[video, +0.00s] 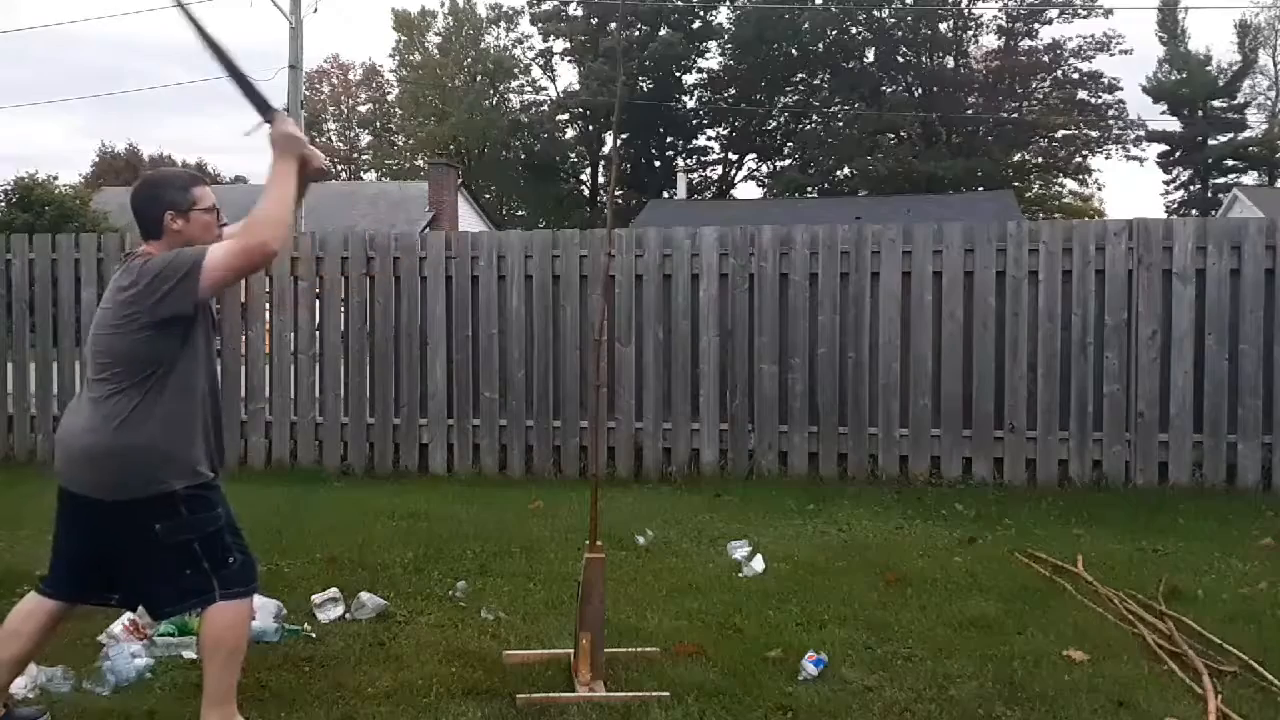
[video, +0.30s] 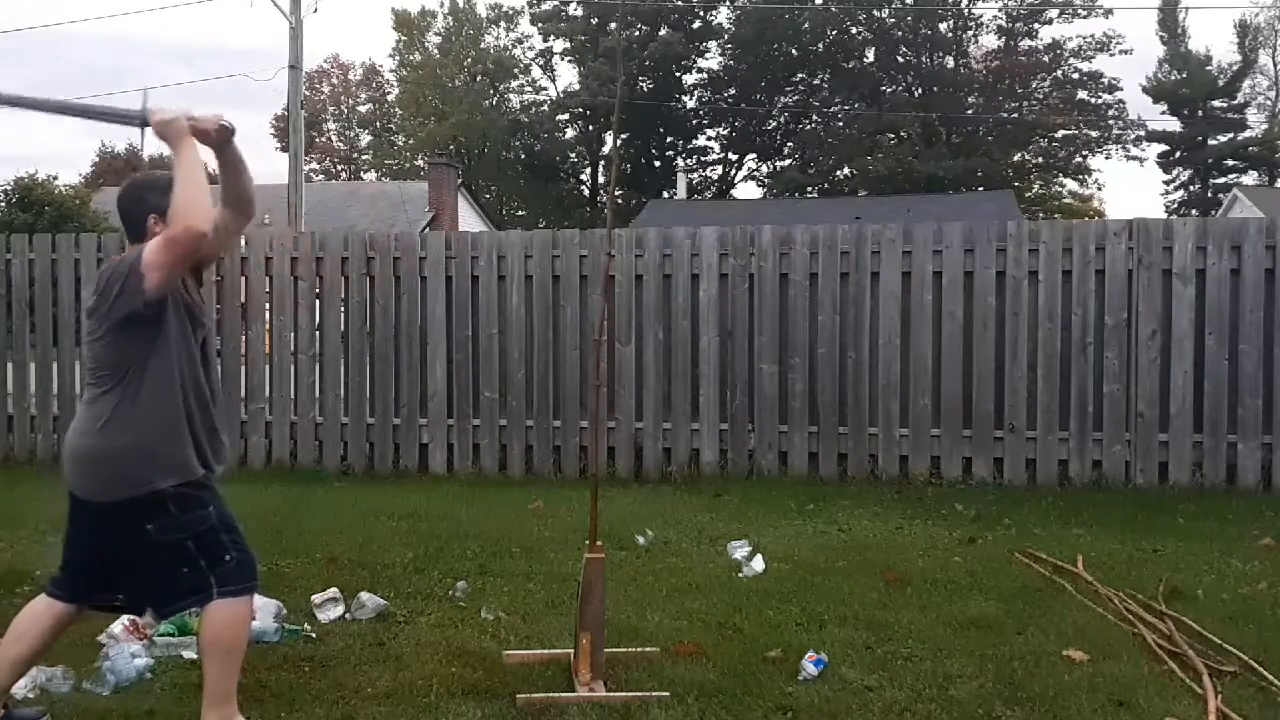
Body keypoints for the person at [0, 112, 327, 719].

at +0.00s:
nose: (223, 221)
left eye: (218, 209)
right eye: (211, 210)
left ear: (165, 224)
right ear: (171, 222)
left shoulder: (139, 271)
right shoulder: (162, 274)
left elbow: (252, 247)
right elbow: (262, 243)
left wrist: (298, 180)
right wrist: (286, 156)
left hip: (87, 464)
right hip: (156, 468)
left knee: (57, 591)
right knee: (230, 584)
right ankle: (220, 710)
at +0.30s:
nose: (191, 226)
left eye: (189, 215)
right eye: (182, 218)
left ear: (170, 223)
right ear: (152, 226)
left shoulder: (175, 274)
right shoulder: (124, 278)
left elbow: (239, 213)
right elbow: (194, 230)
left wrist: (225, 148)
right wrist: (183, 145)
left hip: (104, 465)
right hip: (147, 467)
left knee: (72, 590)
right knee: (231, 577)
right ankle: (220, 711)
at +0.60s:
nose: (193, 220)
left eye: (190, 209)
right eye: (179, 213)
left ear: (186, 221)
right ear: (143, 226)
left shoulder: (177, 273)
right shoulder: (108, 286)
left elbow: (228, 207)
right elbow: (160, 228)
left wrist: (199, 145)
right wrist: (153, 146)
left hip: (110, 469)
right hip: (141, 467)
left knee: (79, 593)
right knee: (228, 577)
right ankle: (221, 711)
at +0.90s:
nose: (201, 218)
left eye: (199, 209)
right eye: (187, 209)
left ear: (188, 220)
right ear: (148, 220)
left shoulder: (176, 270)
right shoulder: (117, 281)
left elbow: (226, 203)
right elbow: (168, 220)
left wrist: (199, 138)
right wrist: (156, 135)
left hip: (109, 466)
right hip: (152, 464)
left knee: (81, 591)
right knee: (236, 578)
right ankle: (222, 711)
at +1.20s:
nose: (191, 224)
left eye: (190, 210)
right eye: (180, 213)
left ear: (140, 226)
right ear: (147, 225)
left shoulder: (174, 274)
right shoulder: (112, 287)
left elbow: (231, 211)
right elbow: (176, 236)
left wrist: (209, 150)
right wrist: (164, 150)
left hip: (103, 472)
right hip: (145, 471)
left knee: (73, 596)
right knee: (229, 580)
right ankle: (222, 711)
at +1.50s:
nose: (199, 217)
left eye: (195, 207)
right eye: (187, 208)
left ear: (150, 220)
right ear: (150, 219)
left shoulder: (123, 265)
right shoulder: (151, 272)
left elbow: (237, 234)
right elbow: (266, 269)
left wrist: (285, 188)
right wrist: (284, 186)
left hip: (85, 463)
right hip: (157, 464)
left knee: (61, 581)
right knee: (229, 579)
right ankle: (220, 710)